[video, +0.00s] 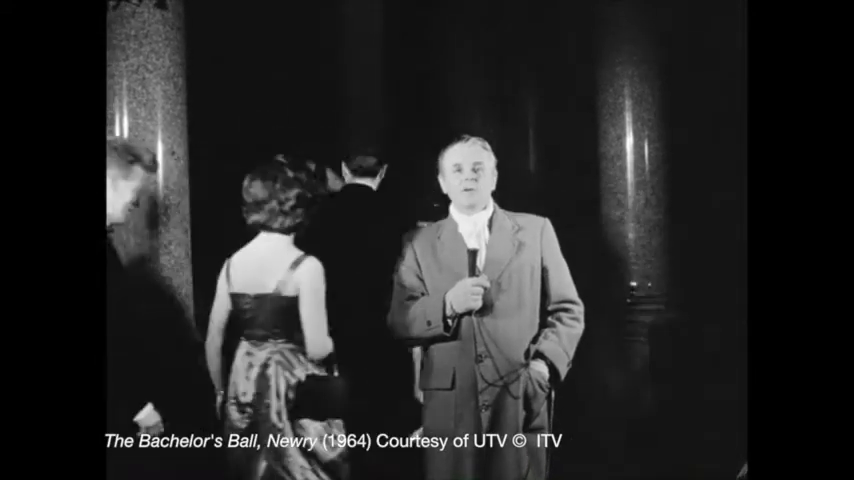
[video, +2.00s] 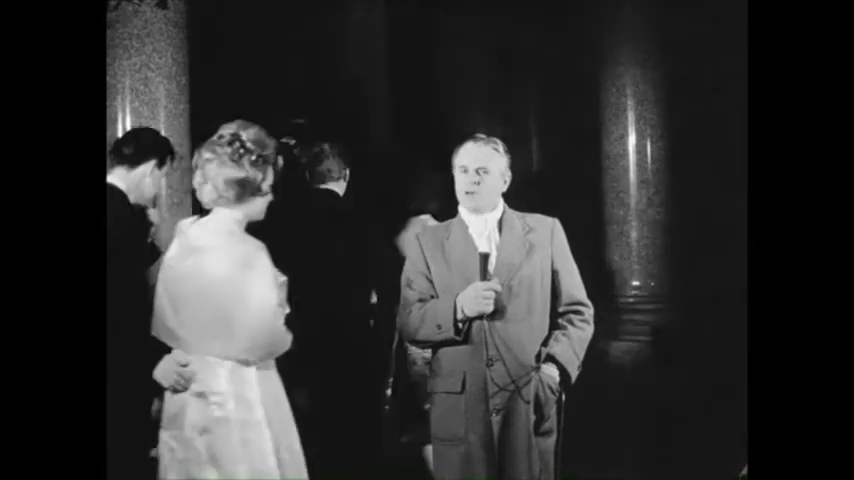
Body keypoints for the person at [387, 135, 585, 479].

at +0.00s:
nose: (468, 176)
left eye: (478, 167)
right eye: (457, 168)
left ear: (495, 178)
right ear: (442, 183)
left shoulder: (535, 231)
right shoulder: (420, 243)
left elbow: (566, 309)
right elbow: (399, 320)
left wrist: (544, 363)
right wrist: (446, 305)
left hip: (519, 398)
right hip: (449, 400)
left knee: (522, 474)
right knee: (449, 473)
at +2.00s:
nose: (472, 179)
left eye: (483, 171)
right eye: (464, 170)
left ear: (505, 180)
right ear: (453, 178)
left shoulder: (545, 232)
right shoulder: (428, 241)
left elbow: (577, 311)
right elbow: (409, 320)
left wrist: (554, 367)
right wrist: (457, 308)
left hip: (527, 399)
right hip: (457, 400)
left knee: (529, 475)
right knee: (459, 474)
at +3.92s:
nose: (466, 178)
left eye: (477, 169)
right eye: (456, 169)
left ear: (497, 181)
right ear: (444, 180)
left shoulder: (536, 232)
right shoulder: (419, 243)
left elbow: (568, 311)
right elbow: (400, 321)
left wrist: (548, 365)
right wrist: (450, 306)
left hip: (522, 397)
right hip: (451, 399)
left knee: (524, 475)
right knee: (454, 474)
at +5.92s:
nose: (478, 184)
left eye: (488, 175)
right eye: (468, 174)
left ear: (506, 182)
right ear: (452, 180)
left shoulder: (542, 233)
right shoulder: (424, 244)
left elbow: (574, 312)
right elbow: (408, 322)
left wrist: (554, 366)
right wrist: (455, 306)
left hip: (526, 399)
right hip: (456, 401)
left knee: (528, 475)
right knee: (457, 475)